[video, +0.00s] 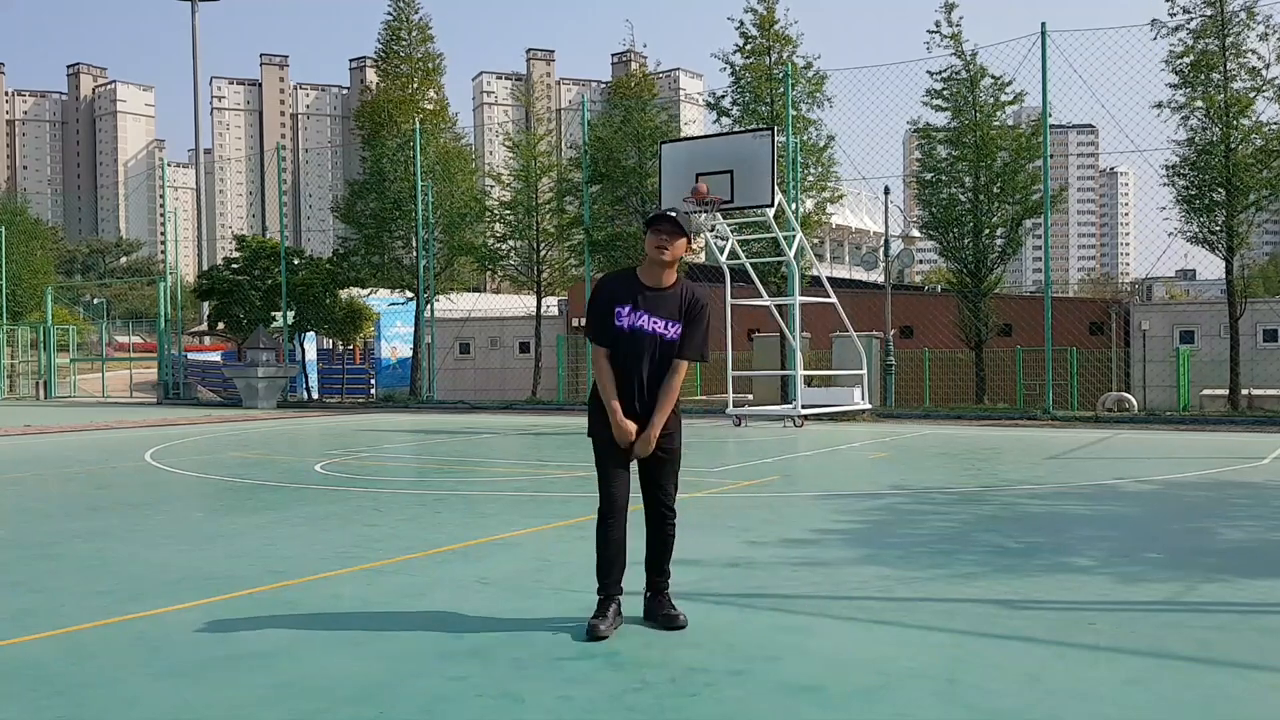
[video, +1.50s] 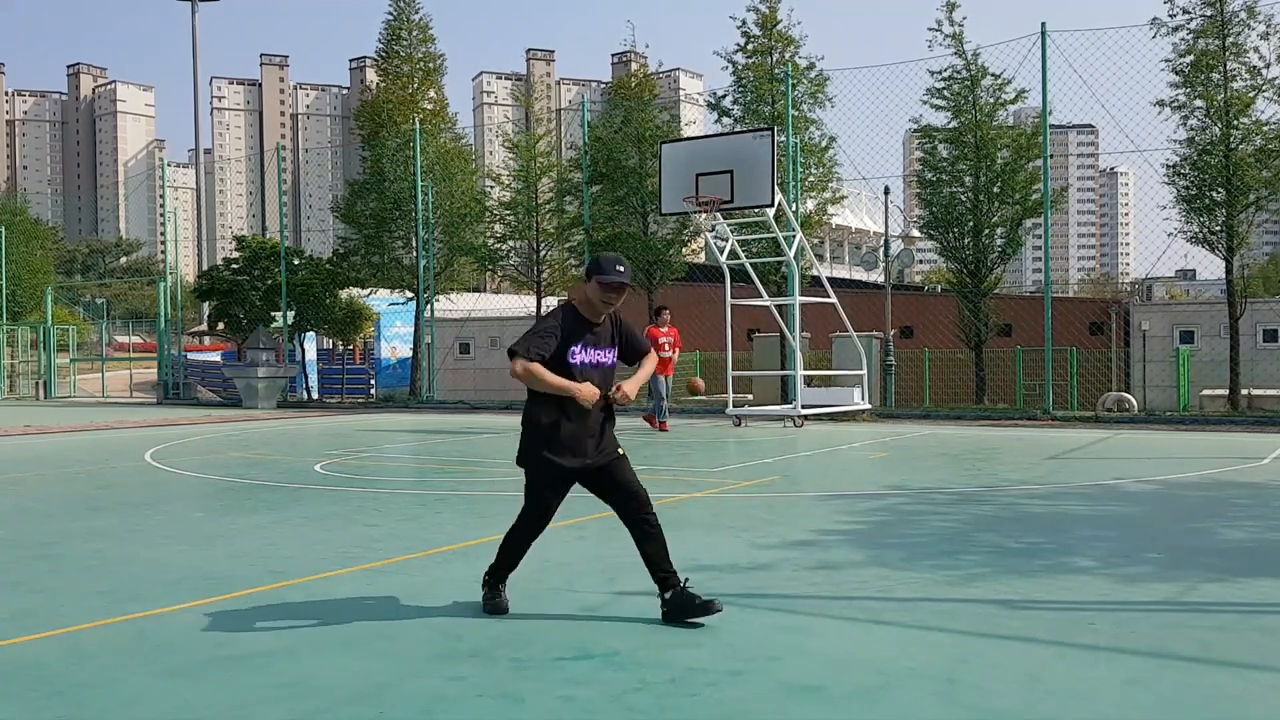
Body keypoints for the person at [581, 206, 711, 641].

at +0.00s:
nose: (663, 239)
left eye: (672, 235)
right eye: (657, 232)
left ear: (686, 248)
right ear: (644, 240)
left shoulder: (692, 300)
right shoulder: (610, 287)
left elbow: (679, 370)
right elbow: (599, 357)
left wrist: (654, 427)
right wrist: (616, 414)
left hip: (662, 417)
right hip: (611, 413)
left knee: (662, 509)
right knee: (612, 507)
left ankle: (658, 597)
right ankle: (608, 601)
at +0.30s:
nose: (609, 237)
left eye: (619, 231)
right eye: (605, 230)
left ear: (637, 240)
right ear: (597, 237)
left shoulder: (652, 291)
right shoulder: (583, 288)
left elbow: (680, 350)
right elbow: (561, 342)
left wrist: (647, 364)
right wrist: (534, 350)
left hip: (632, 419)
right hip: (584, 412)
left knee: (651, 504)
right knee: (550, 493)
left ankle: (680, 589)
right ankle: (545, 573)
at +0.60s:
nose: (530, 302)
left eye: (538, 295)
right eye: (523, 295)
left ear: (556, 285)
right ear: (515, 289)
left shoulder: (582, 311)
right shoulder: (516, 311)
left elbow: (639, 338)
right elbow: (514, 348)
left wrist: (602, 380)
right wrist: (509, 375)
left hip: (587, 421)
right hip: (544, 421)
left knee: (600, 501)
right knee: (526, 505)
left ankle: (654, 582)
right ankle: (523, 585)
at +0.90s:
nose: (533, 296)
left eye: (540, 290)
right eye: (525, 290)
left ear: (551, 280)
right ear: (510, 282)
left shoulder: (570, 301)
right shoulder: (492, 303)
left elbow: (623, 315)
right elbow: (457, 331)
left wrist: (587, 348)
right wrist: (469, 345)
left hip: (555, 418)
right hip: (509, 417)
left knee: (543, 498)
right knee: (505, 499)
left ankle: (539, 566)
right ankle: (506, 579)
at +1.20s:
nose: (559, 301)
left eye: (565, 294)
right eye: (551, 294)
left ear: (574, 289)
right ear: (534, 287)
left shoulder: (580, 322)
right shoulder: (502, 319)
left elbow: (586, 379)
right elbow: (488, 383)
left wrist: (563, 424)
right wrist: (523, 430)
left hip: (560, 418)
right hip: (509, 417)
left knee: (572, 475)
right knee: (508, 499)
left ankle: (557, 551)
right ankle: (503, 582)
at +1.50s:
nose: (613, 295)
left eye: (620, 289)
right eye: (606, 287)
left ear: (625, 291)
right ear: (587, 282)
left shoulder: (615, 323)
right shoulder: (559, 321)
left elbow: (650, 356)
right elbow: (520, 366)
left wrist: (635, 382)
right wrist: (572, 388)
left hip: (598, 447)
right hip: (551, 449)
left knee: (638, 507)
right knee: (535, 520)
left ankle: (672, 594)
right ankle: (494, 581)